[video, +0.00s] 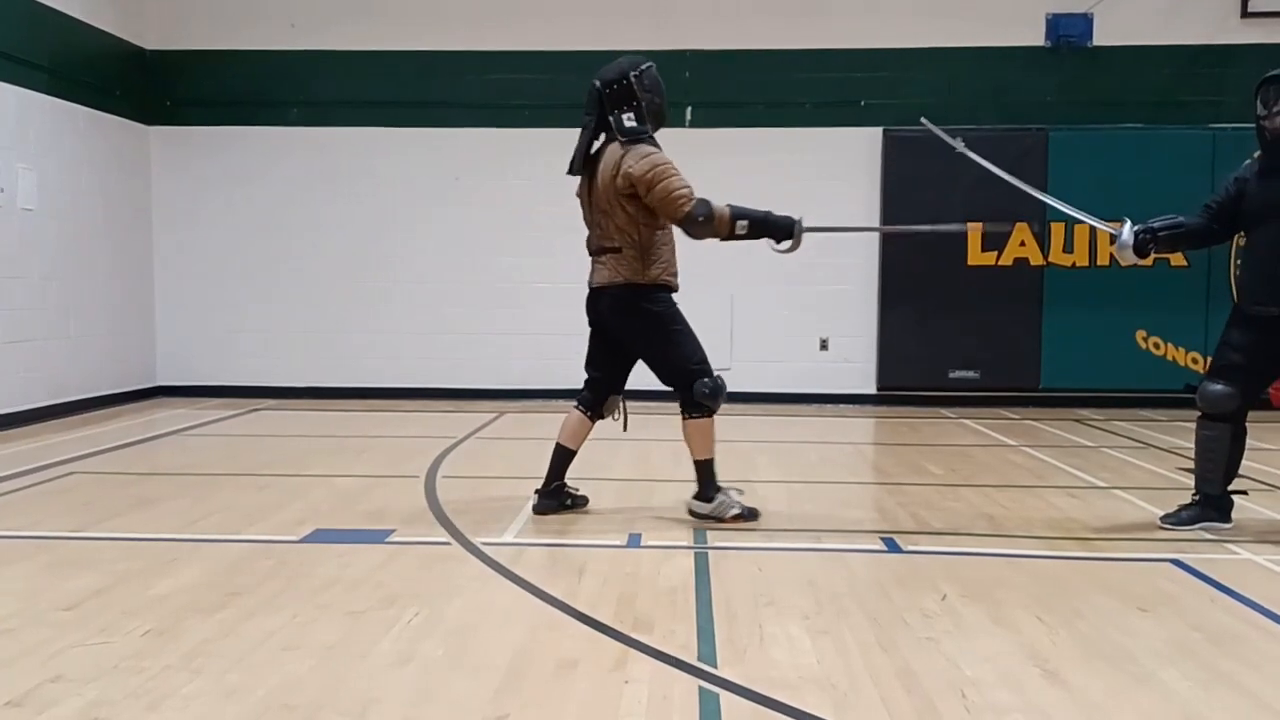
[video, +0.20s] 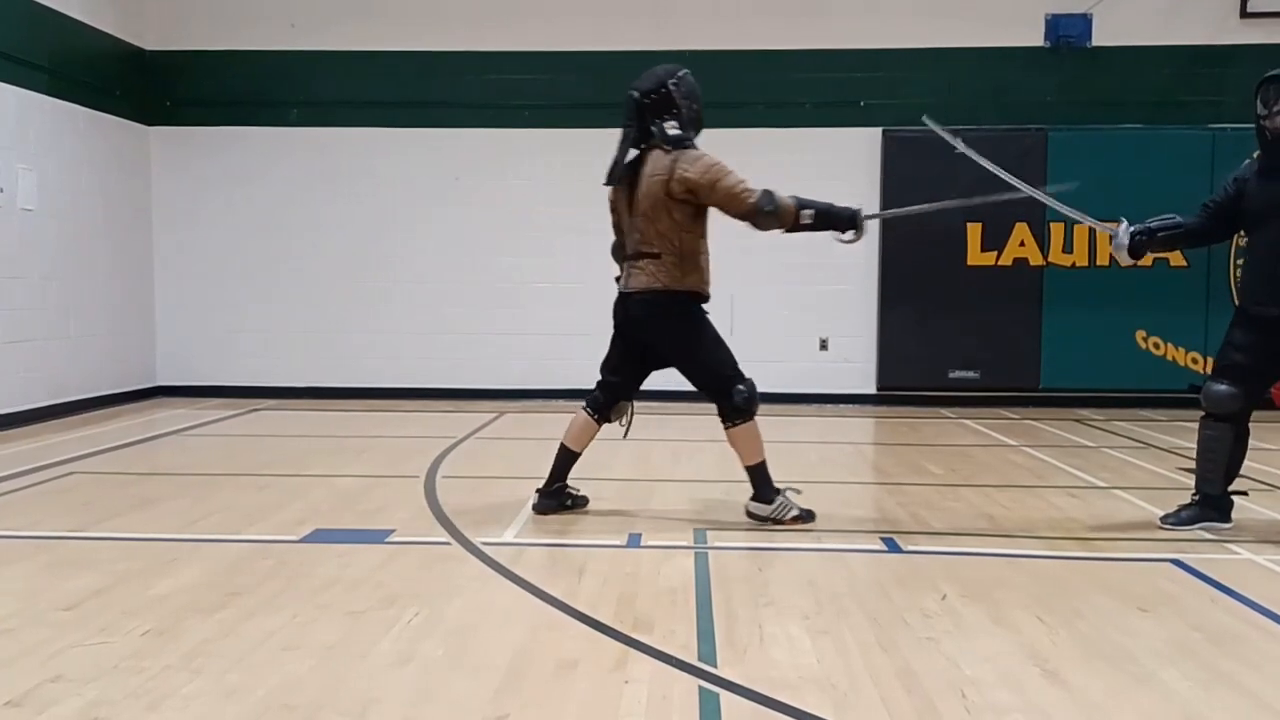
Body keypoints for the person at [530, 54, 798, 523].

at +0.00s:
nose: (660, 101)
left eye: (655, 92)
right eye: (652, 93)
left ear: (608, 103)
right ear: (638, 101)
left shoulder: (597, 154)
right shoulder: (641, 157)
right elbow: (698, 219)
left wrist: (731, 224)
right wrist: (767, 223)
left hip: (607, 297)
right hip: (642, 298)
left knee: (597, 394)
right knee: (699, 388)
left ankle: (551, 488)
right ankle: (708, 494)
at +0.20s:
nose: (696, 112)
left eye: (692, 104)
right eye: (689, 105)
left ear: (643, 113)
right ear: (677, 111)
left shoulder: (628, 169)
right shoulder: (687, 164)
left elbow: (624, 246)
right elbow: (760, 207)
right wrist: (828, 215)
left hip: (634, 307)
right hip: (673, 309)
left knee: (606, 397)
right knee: (734, 396)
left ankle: (552, 488)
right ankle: (766, 496)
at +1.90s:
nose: (648, 101)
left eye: (645, 92)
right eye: (642, 93)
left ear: (599, 101)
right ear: (627, 99)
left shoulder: (588, 152)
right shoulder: (624, 155)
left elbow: (631, 224)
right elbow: (644, 228)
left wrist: (703, 247)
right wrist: (712, 251)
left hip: (594, 293)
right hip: (629, 294)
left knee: (596, 389)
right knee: (674, 390)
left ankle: (553, 487)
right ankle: (682, 495)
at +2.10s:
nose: (644, 101)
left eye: (640, 92)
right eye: (638, 93)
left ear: (594, 101)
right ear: (625, 99)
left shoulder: (582, 151)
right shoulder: (622, 154)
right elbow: (665, 220)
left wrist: (715, 242)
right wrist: (734, 246)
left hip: (592, 293)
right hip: (628, 293)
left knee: (594, 390)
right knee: (670, 390)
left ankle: (552, 486)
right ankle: (683, 495)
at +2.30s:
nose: (646, 100)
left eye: (641, 91)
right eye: (640, 93)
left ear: (596, 102)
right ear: (629, 99)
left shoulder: (584, 152)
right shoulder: (625, 153)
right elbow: (678, 211)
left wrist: (712, 224)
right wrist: (743, 223)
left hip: (593, 293)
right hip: (629, 293)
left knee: (594, 390)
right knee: (671, 389)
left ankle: (553, 487)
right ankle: (683, 494)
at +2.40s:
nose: (649, 100)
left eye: (645, 92)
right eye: (643, 93)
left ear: (598, 103)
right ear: (632, 99)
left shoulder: (586, 153)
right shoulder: (631, 152)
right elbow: (689, 203)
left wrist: (725, 214)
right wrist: (757, 214)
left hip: (594, 293)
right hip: (631, 293)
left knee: (594, 390)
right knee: (672, 390)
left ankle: (553, 488)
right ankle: (683, 495)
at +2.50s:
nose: (655, 105)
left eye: (651, 96)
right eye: (650, 97)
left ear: (604, 104)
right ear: (638, 101)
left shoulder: (588, 153)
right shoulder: (639, 152)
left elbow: (584, 219)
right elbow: (699, 201)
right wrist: (775, 212)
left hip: (595, 293)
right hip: (634, 294)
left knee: (594, 389)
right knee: (674, 390)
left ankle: (553, 487)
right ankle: (683, 495)